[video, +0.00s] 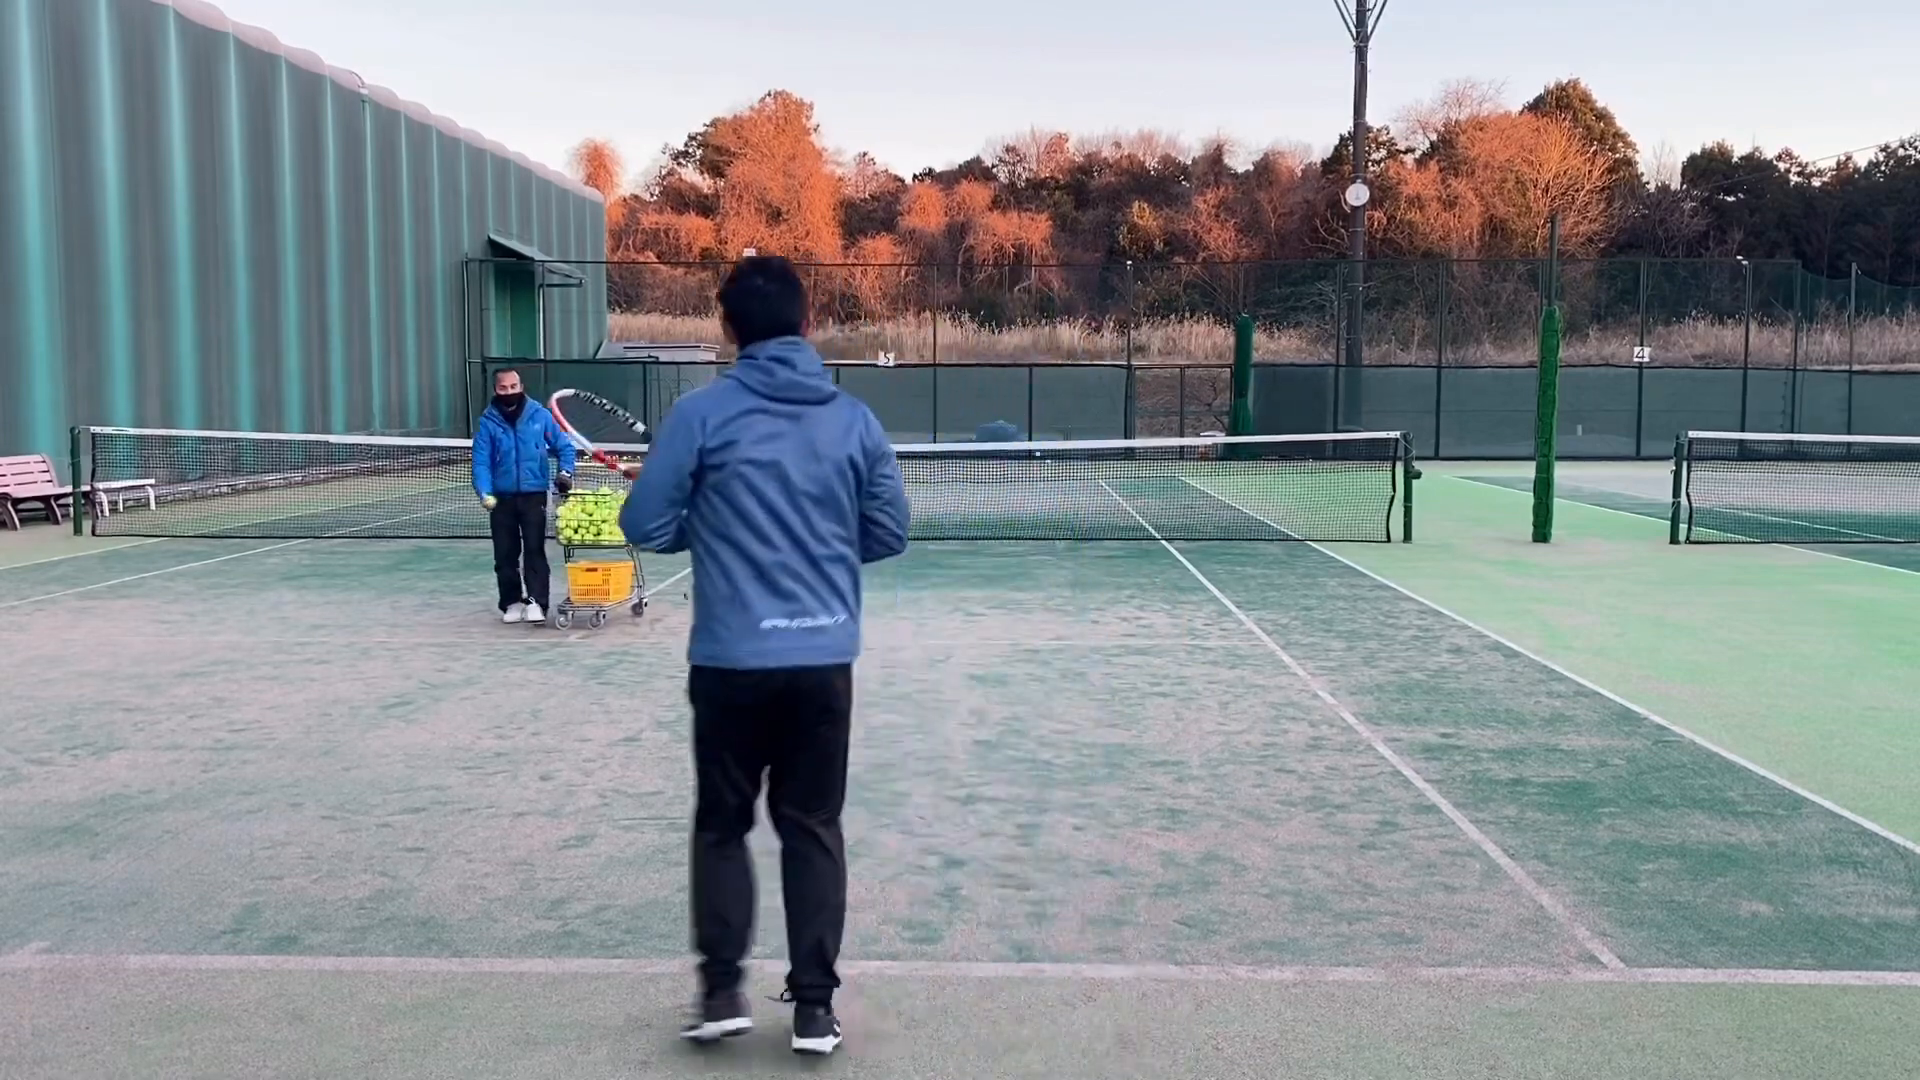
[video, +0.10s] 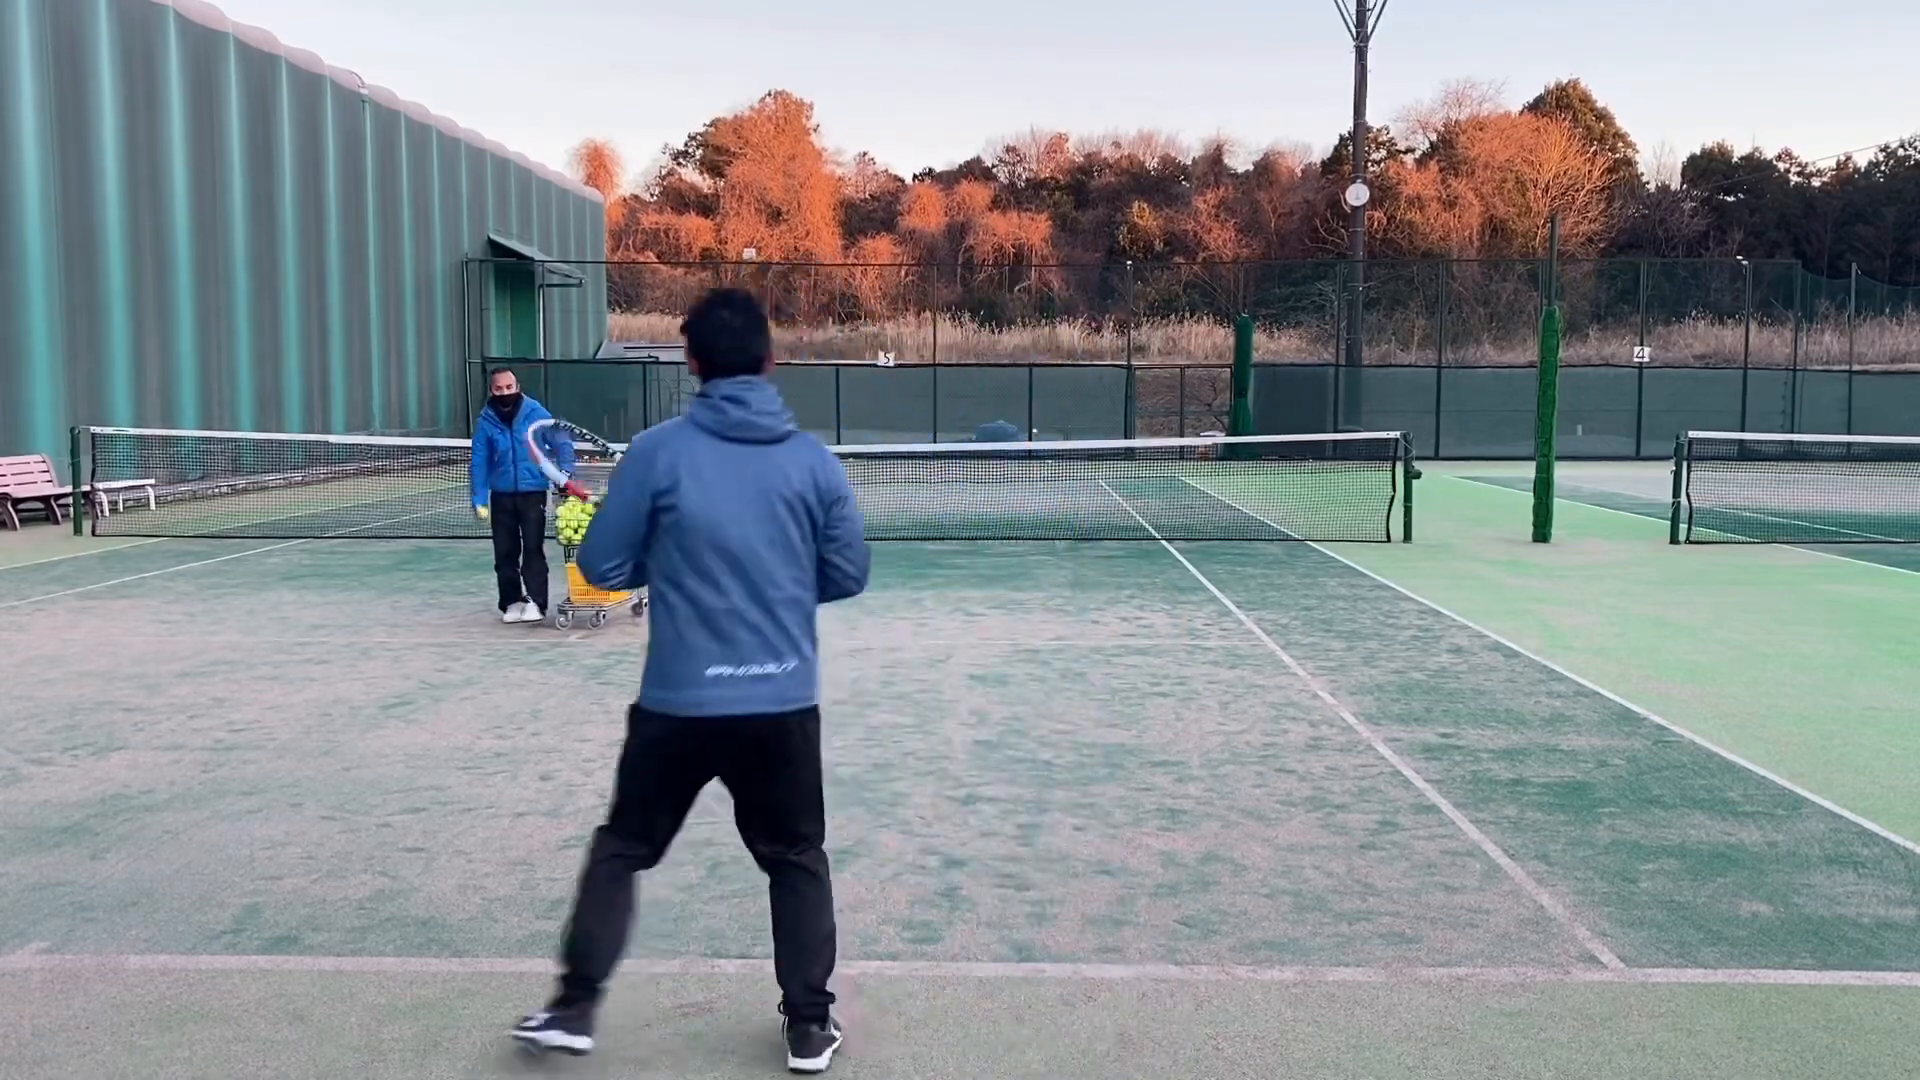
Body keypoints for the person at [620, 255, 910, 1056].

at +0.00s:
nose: (722, 334)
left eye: (724, 323)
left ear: (730, 328)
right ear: (804, 323)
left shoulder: (703, 410)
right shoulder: (852, 416)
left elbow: (645, 525)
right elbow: (887, 533)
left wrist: (714, 520)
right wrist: (812, 538)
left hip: (730, 662)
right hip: (823, 662)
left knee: (721, 820)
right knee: (814, 822)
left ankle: (721, 991)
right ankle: (815, 1007)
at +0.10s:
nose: (689, 365)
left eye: (687, 354)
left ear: (693, 361)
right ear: (771, 358)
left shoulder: (661, 451)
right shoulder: (811, 457)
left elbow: (602, 563)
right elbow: (848, 572)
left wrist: (666, 552)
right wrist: (769, 575)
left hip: (678, 708)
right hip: (783, 708)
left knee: (624, 843)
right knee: (797, 856)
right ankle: (810, 1027)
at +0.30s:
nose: (657, 385)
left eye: (579, 376)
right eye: (655, 375)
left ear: (578, 383)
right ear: (656, 382)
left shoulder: (526, 471)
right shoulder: (683, 484)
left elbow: (482, 581)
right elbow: (720, 604)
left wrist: (537, 554)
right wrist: (641, 593)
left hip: (544, 732)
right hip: (656, 732)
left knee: (475, 865)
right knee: (725, 862)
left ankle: (419, 1035)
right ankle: (801, 1017)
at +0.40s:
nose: (618, 352)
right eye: (614, 342)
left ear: (527, 353)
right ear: (607, 355)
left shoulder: (475, 437)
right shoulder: (636, 461)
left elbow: (427, 539)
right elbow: (665, 578)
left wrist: (494, 471)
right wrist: (589, 556)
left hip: (491, 707)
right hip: (602, 708)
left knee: (451, 859)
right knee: (667, 855)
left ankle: (415, 1036)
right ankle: (728, 1017)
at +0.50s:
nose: (579, 324)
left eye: (483, 315)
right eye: (577, 314)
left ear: (488, 322)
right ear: (571, 323)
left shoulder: (440, 407)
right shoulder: (606, 426)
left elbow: (392, 510)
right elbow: (632, 547)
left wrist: (470, 507)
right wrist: (557, 531)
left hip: (466, 678)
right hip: (568, 680)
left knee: (438, 840)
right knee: (603, 840)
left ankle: (407, 1010)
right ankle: (612, 1014)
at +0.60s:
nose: (545, 331)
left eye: (459, 321)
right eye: (547, 320)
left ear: (461, 327)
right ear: (543, 327)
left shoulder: (415, 415)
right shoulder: (581, 431)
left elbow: (369, 524)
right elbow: (605, 556)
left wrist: (446, 516)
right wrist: (533, 548)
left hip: (438, 679)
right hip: (539, 682)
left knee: (405, 837)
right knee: (562, 835)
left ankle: (368, 1012)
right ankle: (538, 1017)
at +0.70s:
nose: (527, 365)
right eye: (530, 355)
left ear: (442, 361)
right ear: (527, 363)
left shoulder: (398, 446)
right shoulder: (555, 459)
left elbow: (344, 556)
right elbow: (588, 588)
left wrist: (423, 545)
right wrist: (523, 577)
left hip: (408, 715)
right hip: (511, 721)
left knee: (377, 867)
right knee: (541, 874)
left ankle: (347, 1030)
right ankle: (513, 1044)